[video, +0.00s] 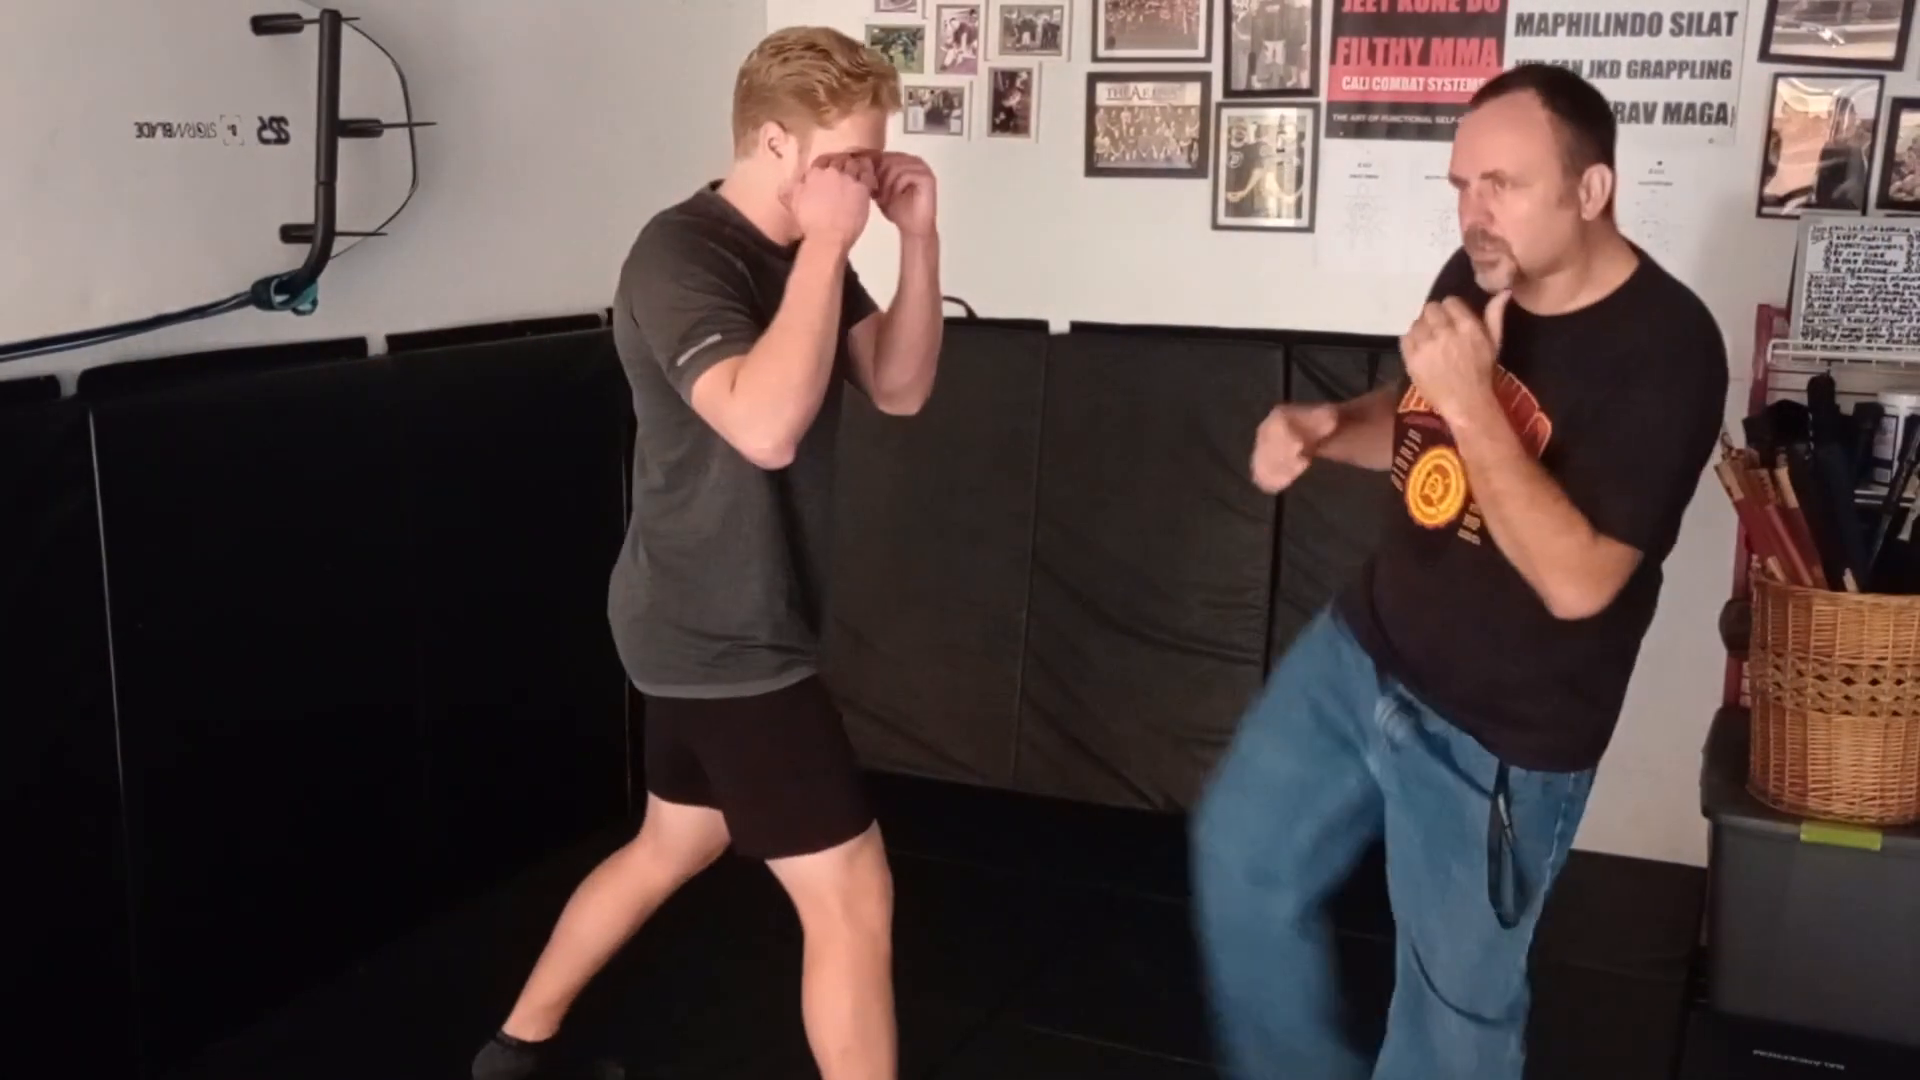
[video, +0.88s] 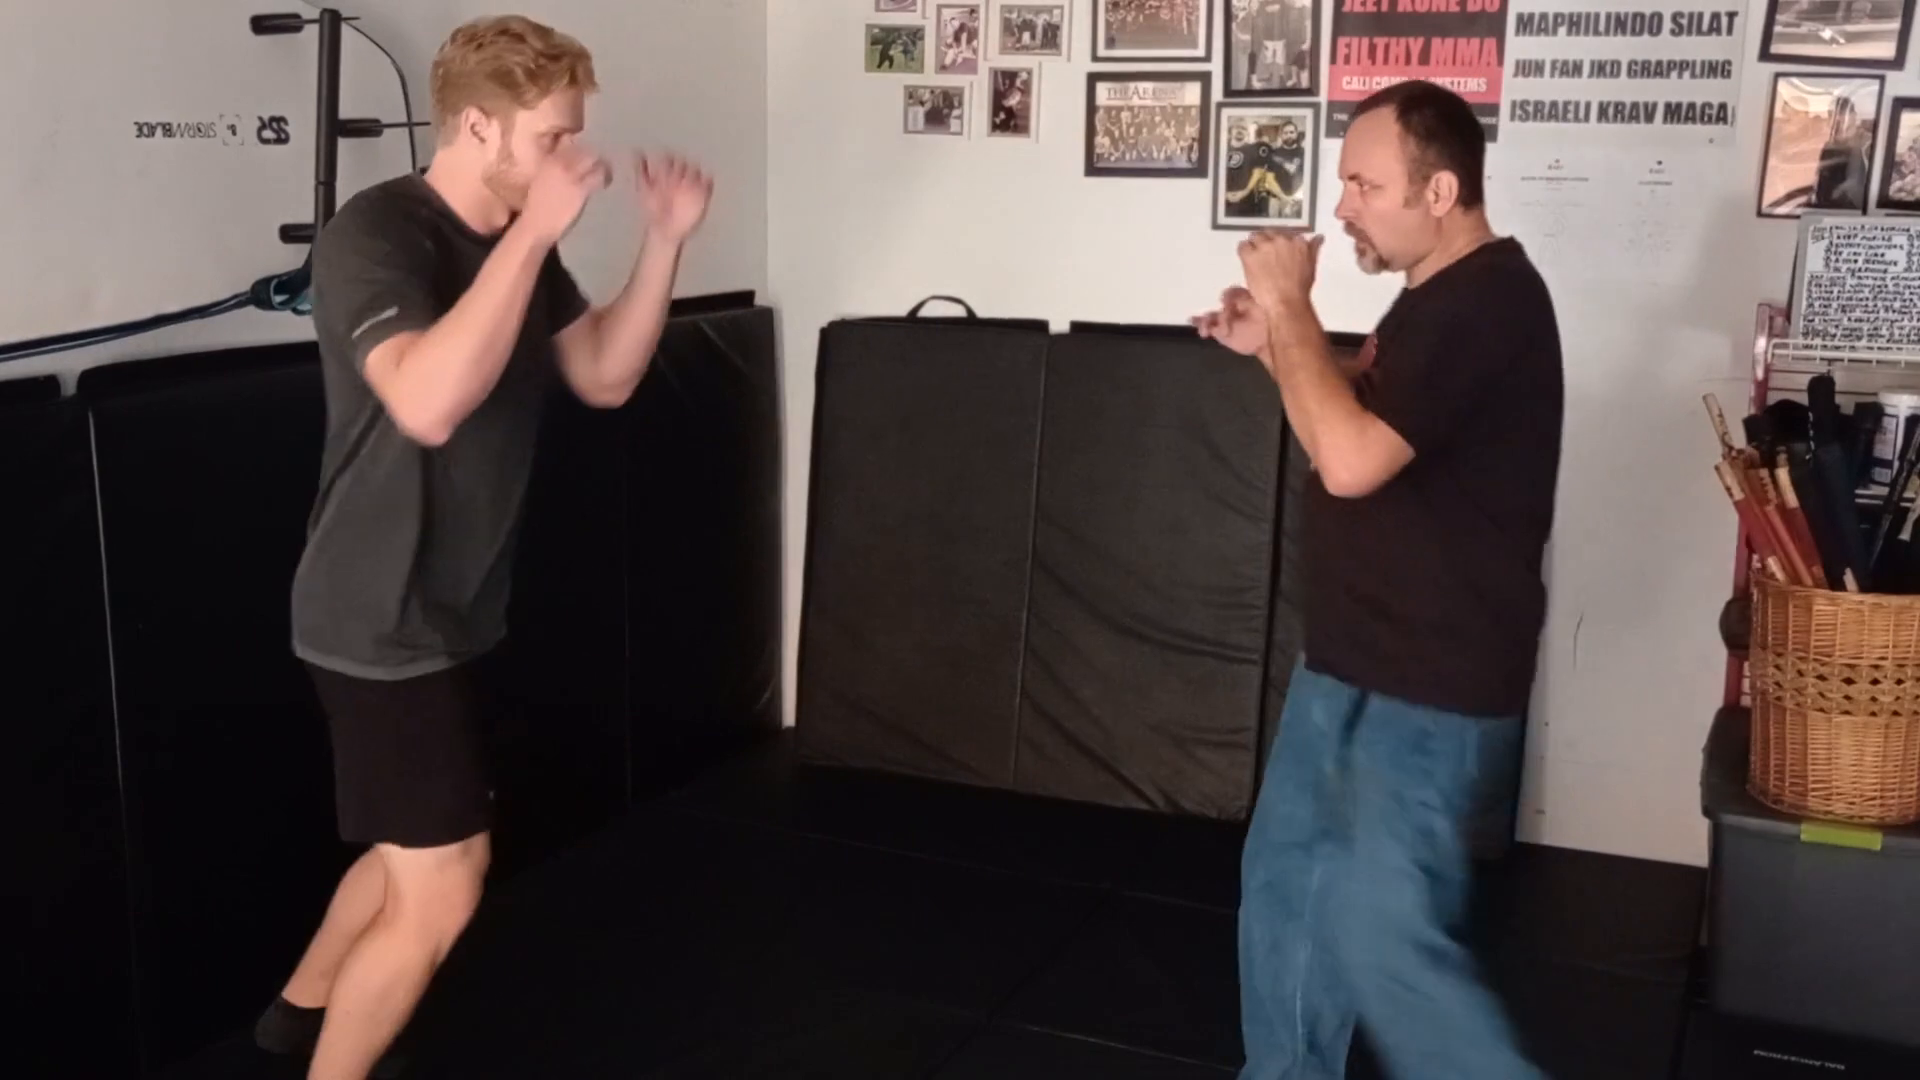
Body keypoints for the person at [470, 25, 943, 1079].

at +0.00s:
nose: (867, 186)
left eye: (872, 164)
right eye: (852, 162)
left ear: (785, 150)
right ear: (781, 150)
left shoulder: (790, 256)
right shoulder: (675, 261)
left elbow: (899, 387)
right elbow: (762, 424)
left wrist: (919, 236)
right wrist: (827, 247)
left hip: (710, 628)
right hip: (723, 642)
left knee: (671, 845)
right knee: (849, 903)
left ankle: (519, 1043)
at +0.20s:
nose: (815, 195)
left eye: (816, 172)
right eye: (798, 172)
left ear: (739, 159)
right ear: (725, 160)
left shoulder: (735, 263)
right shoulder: (622, 277)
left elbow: (838, 400)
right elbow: (714, 451)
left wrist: (877, 252)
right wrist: (784, 267)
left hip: (712, 635)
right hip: (674, 650)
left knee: (681, 854)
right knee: (822, 900)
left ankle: (484, 1024)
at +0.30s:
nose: (739, 201)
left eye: (741, 175)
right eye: (722, 176)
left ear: (664, 170)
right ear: (642, 169)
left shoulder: (683, 276)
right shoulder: (545, 296)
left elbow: (745, 427)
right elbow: (595, 489)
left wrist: (806, 318)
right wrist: (704, 326)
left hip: (688, 642)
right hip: (623, 662)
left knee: (641, 876)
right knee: (773, 908)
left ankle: (461, 1055)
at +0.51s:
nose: (644, 189)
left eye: (648, 163)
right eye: (626, 165)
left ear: (588, 164)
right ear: (549, 160)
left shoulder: (606, 266)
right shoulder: (450, 275)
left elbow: (699, 391)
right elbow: (482, 457)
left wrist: (752, 250)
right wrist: (601, 317)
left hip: (592, 621)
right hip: (505, 640)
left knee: (583, 868)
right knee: (696, 847)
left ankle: (451, 1069)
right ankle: (714, 1076)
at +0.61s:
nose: (623, 142)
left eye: (627, 119)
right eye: (605, 119)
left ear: (577, 117)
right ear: (530, 110)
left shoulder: (582, 221)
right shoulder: (427, 218)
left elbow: (687, 332)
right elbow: (465, 391)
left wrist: (734, 191)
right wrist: (580, 240)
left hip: (549, 581)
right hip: (458, 592)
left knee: (525, 833)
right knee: (617, 829)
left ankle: (445, 1058)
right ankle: (542, 1071)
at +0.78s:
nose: (589, 134)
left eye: (592, 114)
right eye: (572, 112)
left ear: (510, 109)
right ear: (496, 105)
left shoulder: (531, 217)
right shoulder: (393, 204)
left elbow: (642, 324)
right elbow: (451, 359)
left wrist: (689, 184)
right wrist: (558, 187)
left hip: (491, 590)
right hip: (406, 603)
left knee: (491, 807)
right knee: (438, 882)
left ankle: (334, 1005)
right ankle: (335, 1070)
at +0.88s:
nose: (576, 157)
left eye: (579, 134)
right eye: (558, 135)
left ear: (494, 131)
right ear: (478, 130)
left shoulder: (511, 245)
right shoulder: (369, 235)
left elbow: (601, 374)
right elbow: (426, 403)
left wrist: (664, 241)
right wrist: (534, 231)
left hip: (454, 610)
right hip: (377, 621)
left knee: (414, 846)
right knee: (441, 894)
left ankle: (291, 1020)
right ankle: (330, 1079)